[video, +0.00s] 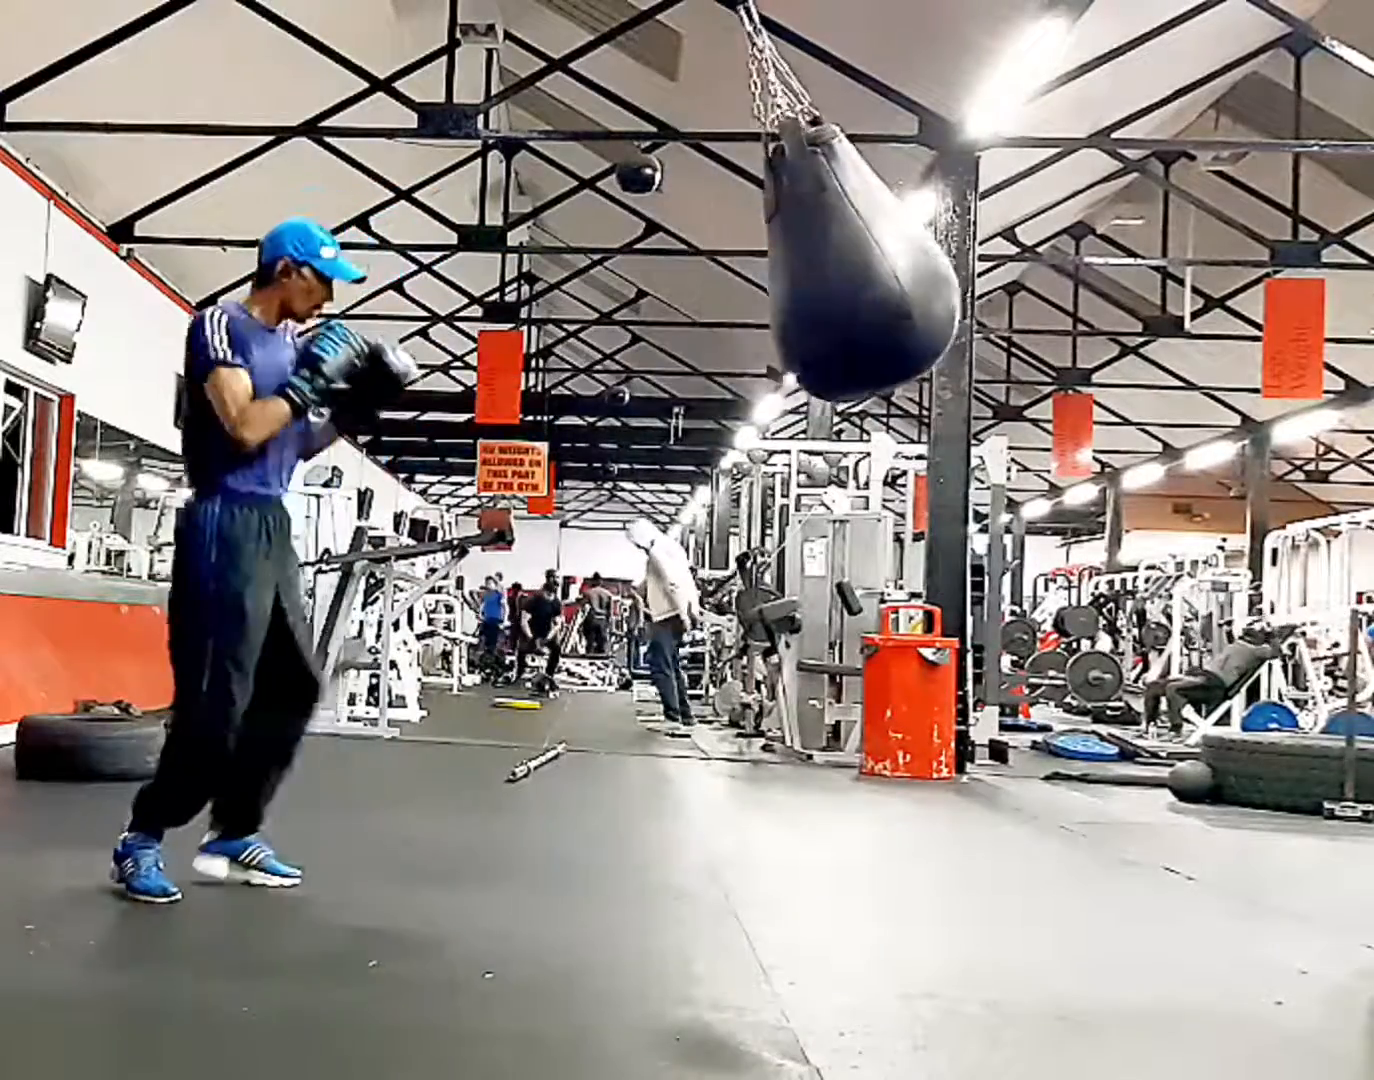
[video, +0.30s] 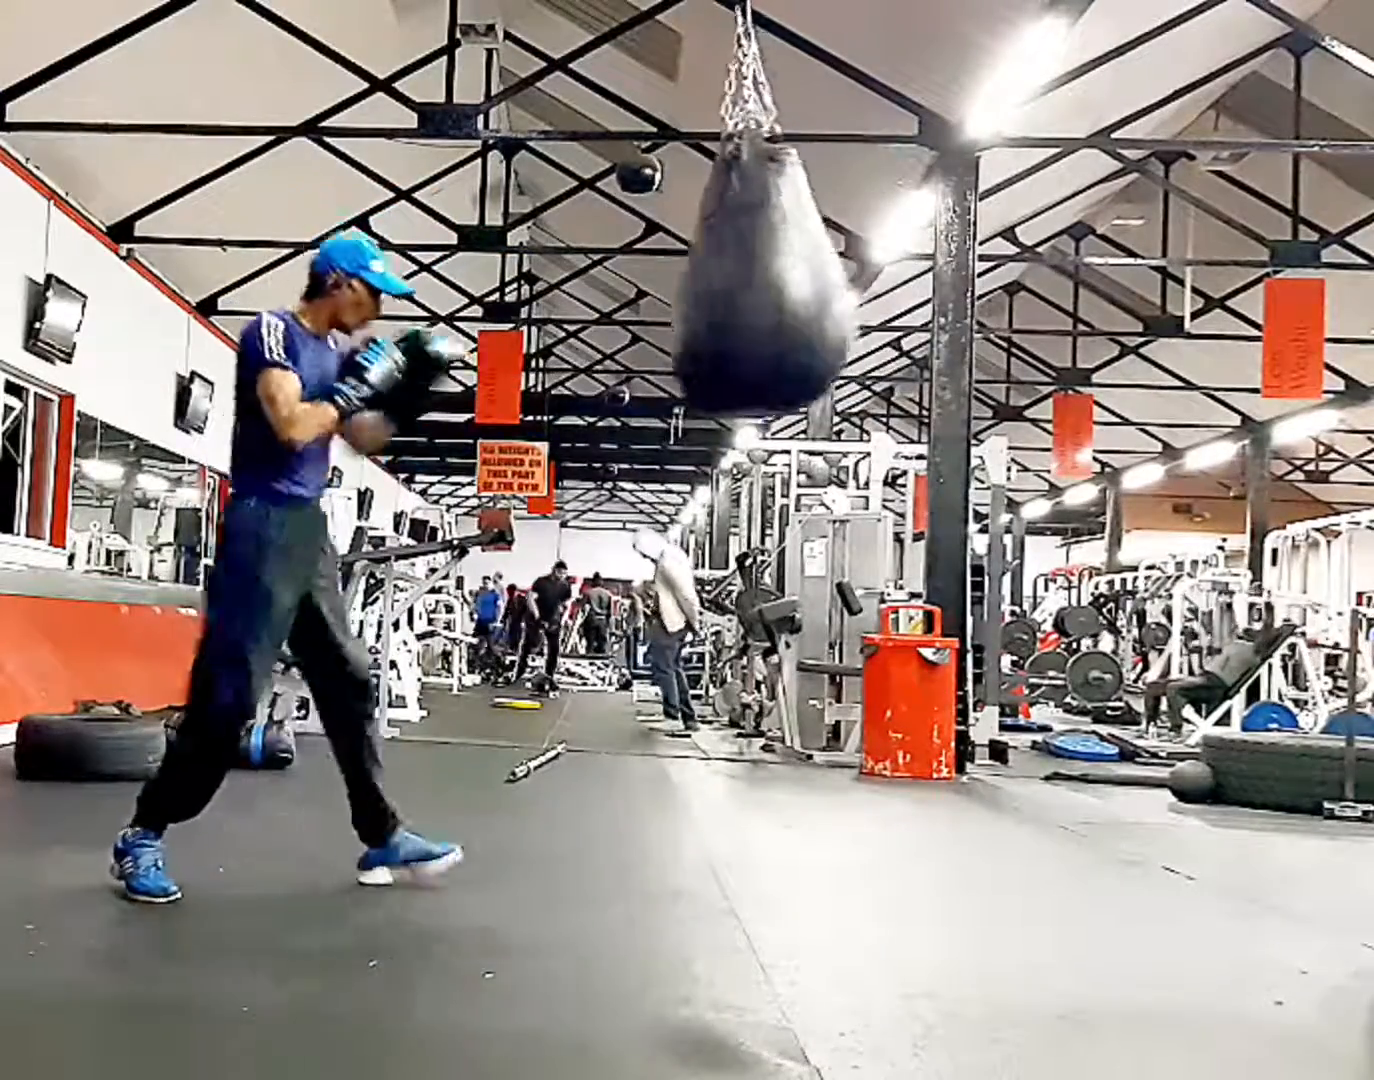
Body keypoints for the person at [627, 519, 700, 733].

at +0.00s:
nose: (638, 548)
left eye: (637, 544)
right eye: (636, 544)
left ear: (643, 538)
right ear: (651, 532)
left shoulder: (657, 553)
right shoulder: (671, 546)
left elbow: (672, 585)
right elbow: (687, 580)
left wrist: (683, 613)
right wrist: (695, 607)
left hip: (665, 616)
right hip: (676, 613)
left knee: (660, 666)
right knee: (672, 664)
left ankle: (673, 714)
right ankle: (685, 712)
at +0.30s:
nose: (645, 558)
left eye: (644, 554)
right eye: (643, 555)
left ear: (650, 548)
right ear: (655, 541)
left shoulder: (669, 562)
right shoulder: (671, 556)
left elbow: (686, 594)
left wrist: (694, 621)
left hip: (668, 625)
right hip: (676, 622)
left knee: (664, 669)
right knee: (675, 667)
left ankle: (672, 713)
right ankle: (689, 715)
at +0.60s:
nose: (646, 564)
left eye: (646, 559)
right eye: (644, 560)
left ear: (652, 554)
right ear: (658, 546)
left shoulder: (672, 568)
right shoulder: (672, 562)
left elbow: (689, 600)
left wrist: (695, 621)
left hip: (671, 627)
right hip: (674, 624)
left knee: (654, 664)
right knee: (673, 667)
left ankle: (672, 711)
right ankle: (688, 715)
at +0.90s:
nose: (641, 559)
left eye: (640, 554)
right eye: (638, 556)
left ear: (646, 548)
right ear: (648, 543)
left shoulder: (667, 562)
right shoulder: (661, 561)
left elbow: (685, 594)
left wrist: (693, 624)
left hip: (669, 624)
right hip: (673, 622)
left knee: (658, 667)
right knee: (676, 667)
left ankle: (673, 716)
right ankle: (688, 716)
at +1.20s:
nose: (637, 565)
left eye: (635, 560)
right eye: (633, 562)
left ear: (640, 554)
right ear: (640, 553)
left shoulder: (665, 559)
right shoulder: (654, 567)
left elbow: (689, 588)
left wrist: (696, 620)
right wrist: (637, 591)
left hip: (676, 624)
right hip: (664, 624)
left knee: (674, 672)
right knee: (678, 671)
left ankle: (675, 717)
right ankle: (687, 714)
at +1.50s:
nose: (645, 569)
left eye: (644, 564)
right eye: (641, 566)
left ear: (650, 556)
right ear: (642, 562)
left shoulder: (674, 563)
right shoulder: (653, 575)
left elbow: (694, 591)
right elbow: (648, 605)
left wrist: (702, 623)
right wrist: (640, 627)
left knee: (677, 669)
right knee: (683, 670)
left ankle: (676, 713)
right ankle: (690, 714)